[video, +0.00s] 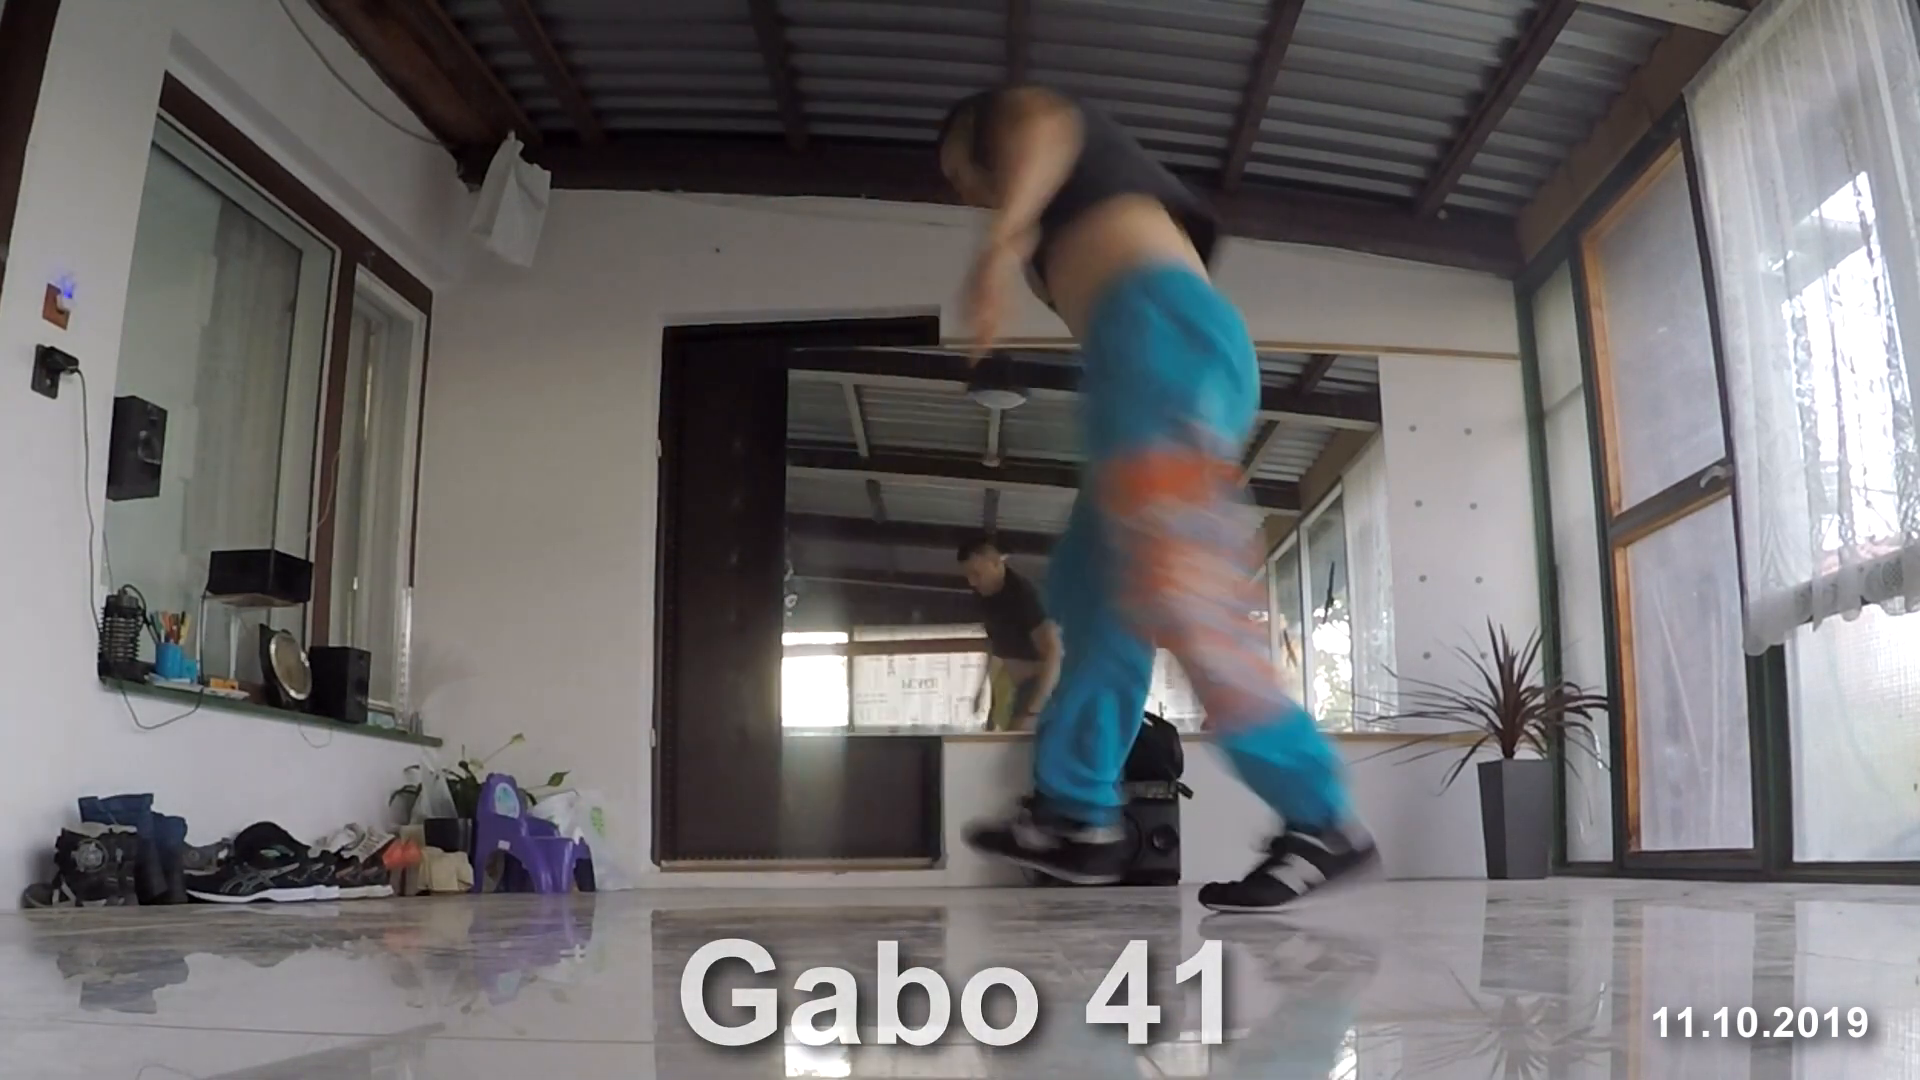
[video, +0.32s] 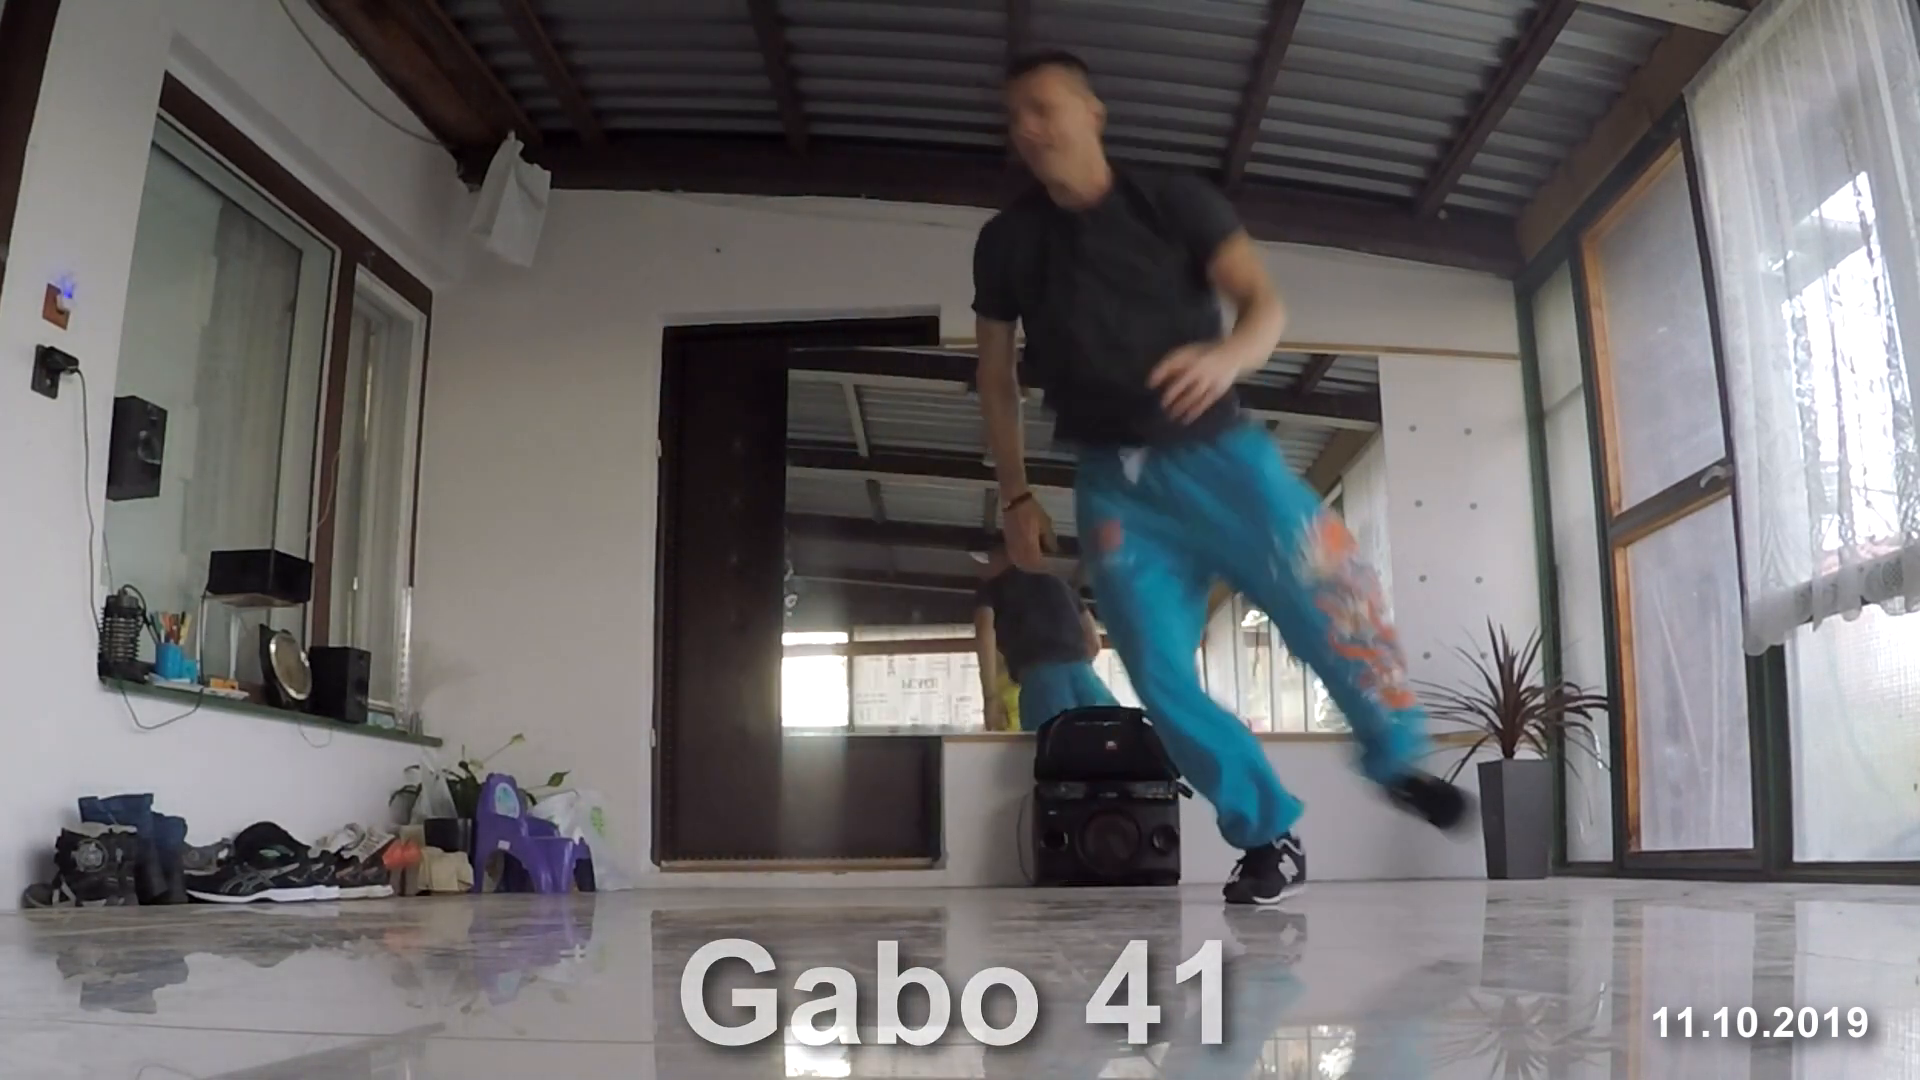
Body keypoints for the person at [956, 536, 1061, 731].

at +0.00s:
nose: (972, 582)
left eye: (977, 573)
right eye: (968, 575)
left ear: (998, 562)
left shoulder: (1023, 593)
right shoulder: (984, 596)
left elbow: (1053, 652)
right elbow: (995, 648)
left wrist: (1032, 712)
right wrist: (982, 689)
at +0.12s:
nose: (963, 578)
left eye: (965, 568)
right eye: (961, 570)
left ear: (983, 558)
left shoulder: (1008, 584)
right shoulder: (1006, 586)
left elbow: (1015, 646)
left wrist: (996, 704)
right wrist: (992, 704)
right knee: (993, 669)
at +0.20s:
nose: (966, 571)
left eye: (967, 562)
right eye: (964, 564)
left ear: (980, 553)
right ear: (998, 553)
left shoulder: (992, 581)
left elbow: (994, 642)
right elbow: (1072, 629)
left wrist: (991, 699)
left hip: (1054, 672)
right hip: (1084, 669)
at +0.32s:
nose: (986, 568)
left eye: (989, 561)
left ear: (997, 560)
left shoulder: (992, 588)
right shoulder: (1060, 583)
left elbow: (985, 636)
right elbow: (1094, 642)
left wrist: (990, 698)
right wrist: (1074, 668)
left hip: (1042, 680)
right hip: (1085, 675)